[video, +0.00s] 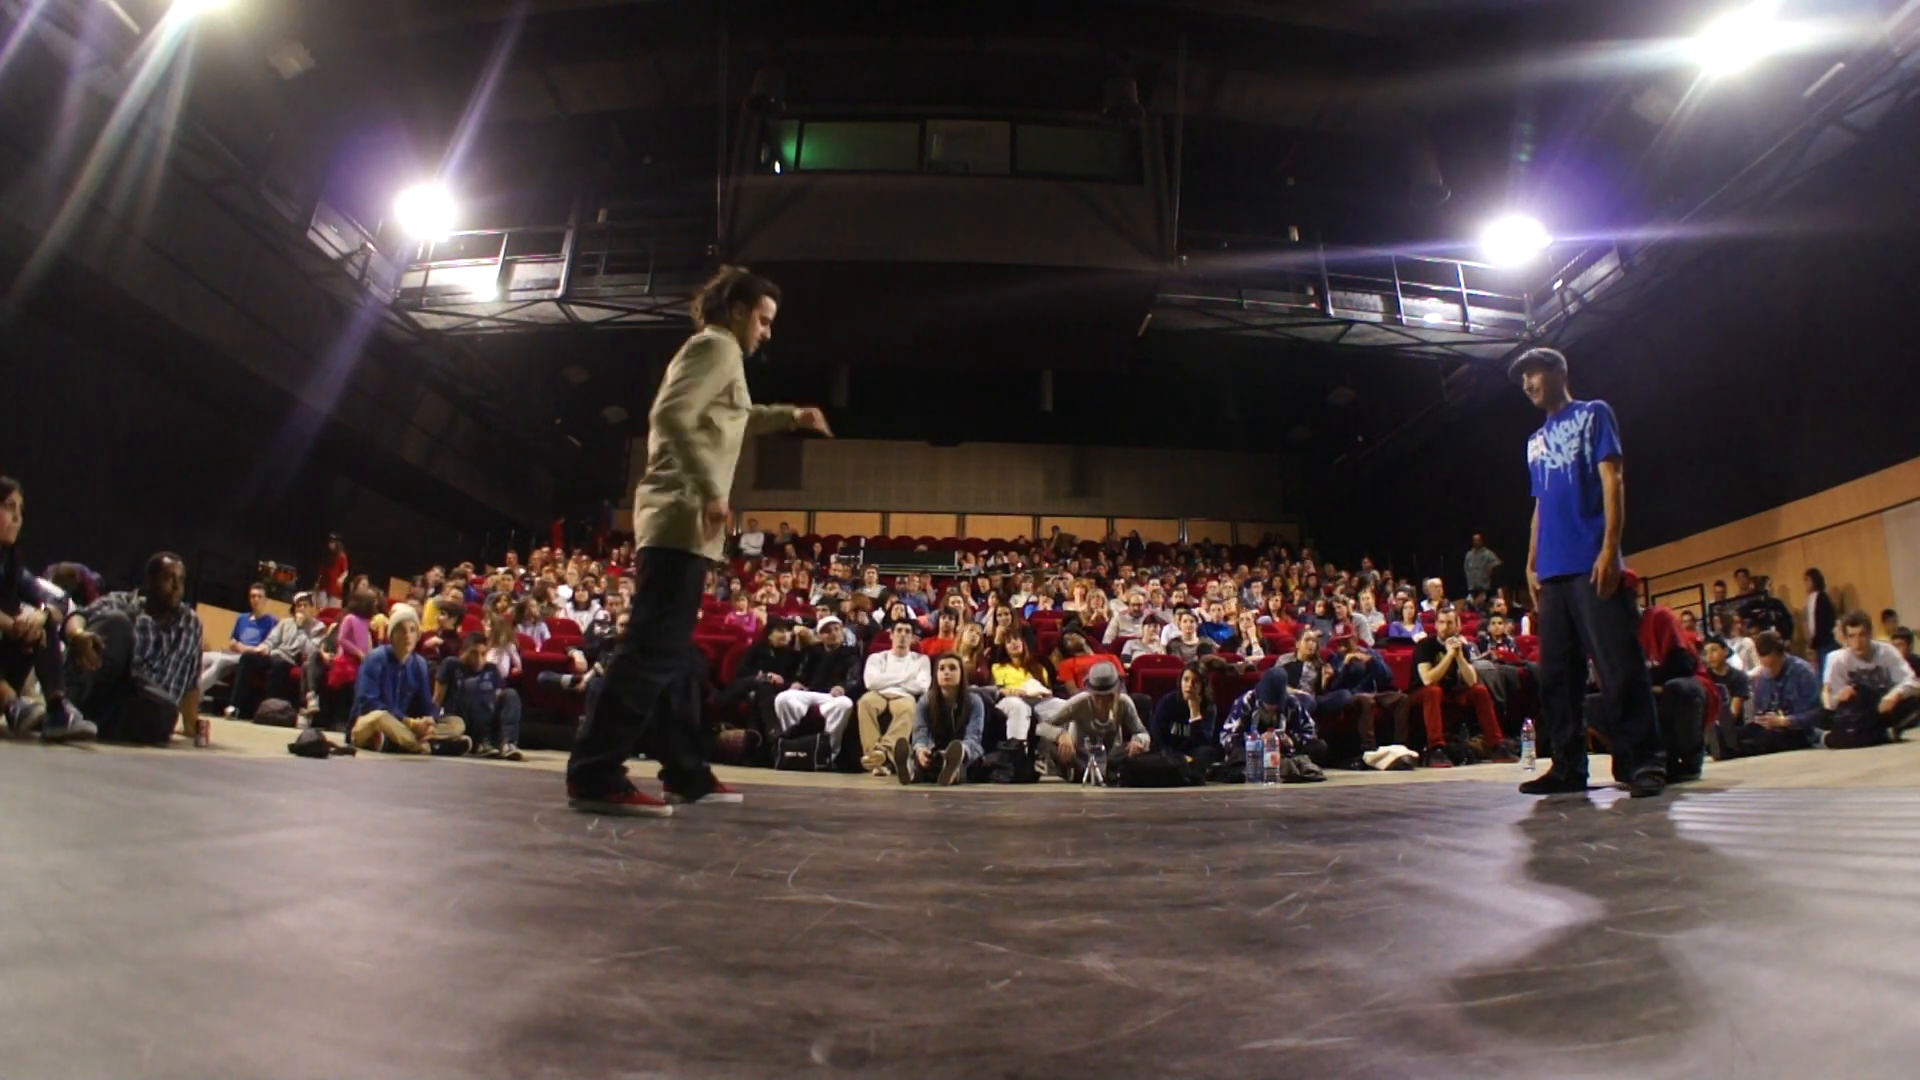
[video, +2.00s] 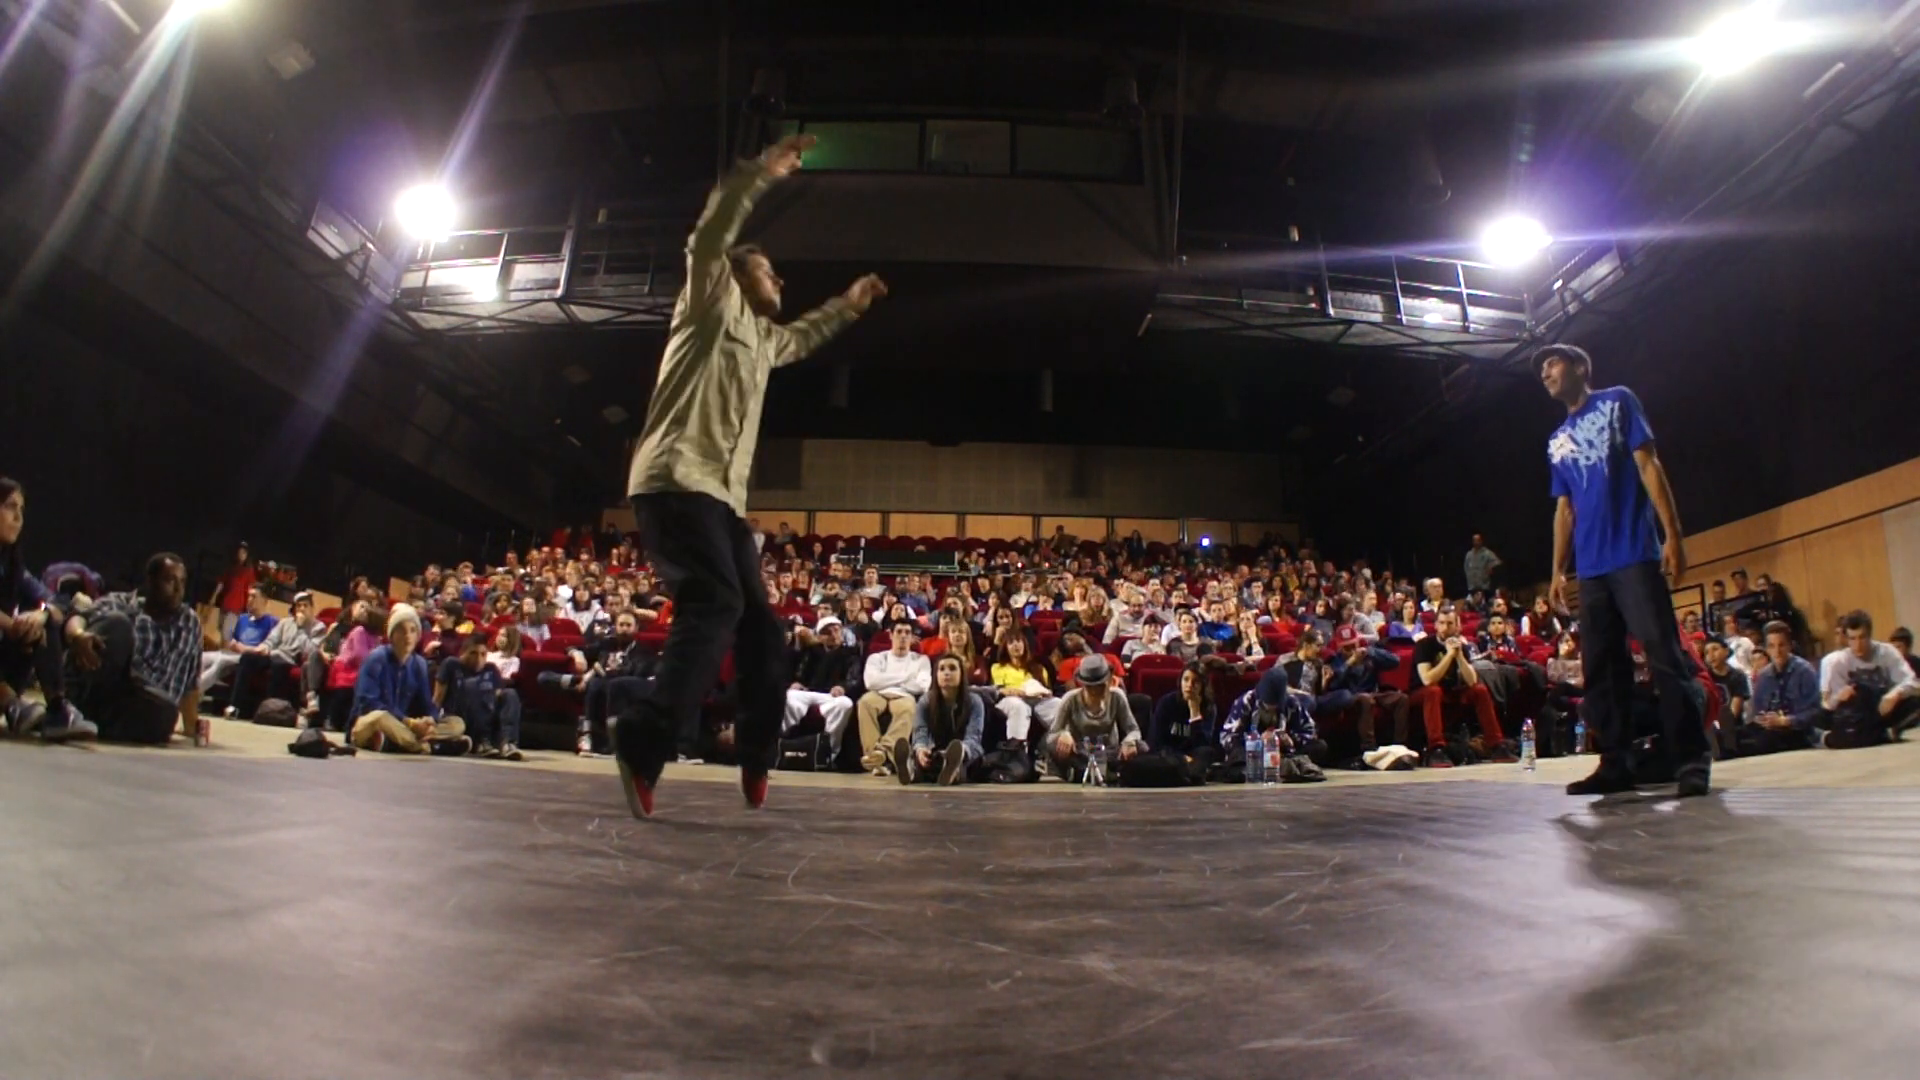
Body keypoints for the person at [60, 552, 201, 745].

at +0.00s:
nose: (176, 587)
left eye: (181, 580)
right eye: (169, 579)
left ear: (184, 585)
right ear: (151, 580)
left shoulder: (191, 623)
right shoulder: (122, 602)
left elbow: (190, 685)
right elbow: (78, 616)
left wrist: (191, 731)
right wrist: (76, 634)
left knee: (160, 719)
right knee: (116, 624)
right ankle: (64, 710)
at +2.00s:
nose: (178, 589)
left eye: (182, 583)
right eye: (170, 581)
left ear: (186, 586)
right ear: (151, 581)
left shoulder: (190, 623)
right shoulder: (122, 603)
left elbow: (190, 685)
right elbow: (77, 619)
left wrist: (191, 732)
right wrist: (78, 636)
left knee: (161, 719)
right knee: (116, 625)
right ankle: (69, 710)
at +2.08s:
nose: (177, 589)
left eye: (182, 582)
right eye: (169, 581)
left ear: (186, 585)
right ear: (151, 581)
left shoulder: (190, 622)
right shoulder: (122, 603)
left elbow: (190, 685)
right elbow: (77, 620)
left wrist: (191, 731)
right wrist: (78, 635)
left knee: (163, 717)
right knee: (117, 625)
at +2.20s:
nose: (177, 589)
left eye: (182, 582)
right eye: (169, 581)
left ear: (186, 585)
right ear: (151, 581)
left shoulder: (190, 623)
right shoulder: (123, 603)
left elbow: (190, 684)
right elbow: (77, 619)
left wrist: (191, 732)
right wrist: (78, 635)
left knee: (162, 717)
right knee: (117, 625)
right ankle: (67, 709)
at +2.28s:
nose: (177, 589)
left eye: (182, 582)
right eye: (170, 580)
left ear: (186, 585)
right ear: (151, 581)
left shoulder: (190, 623)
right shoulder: (122, 603)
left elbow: (190, 685)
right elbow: (77, 618)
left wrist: (191, 732)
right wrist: (78, 634)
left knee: (162, 717)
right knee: (117, 625)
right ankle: (67, 707)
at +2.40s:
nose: (178, 589)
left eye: (181, 582)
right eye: (170, 580)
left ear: (185, 585)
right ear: (152, 581)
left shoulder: (190, 623)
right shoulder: (127, 603)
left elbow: (190, 685)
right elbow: (82, 608)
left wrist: (191, 732)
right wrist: (84, 622)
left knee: (161, 719)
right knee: (118, 625)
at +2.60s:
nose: (176, 586)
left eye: (181, 580)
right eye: (170, 578)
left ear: (185, 584)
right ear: (152, 580)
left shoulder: (191, 621)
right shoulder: (131, 610)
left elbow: (190, 678)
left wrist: (191, 727)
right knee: (116, 622)